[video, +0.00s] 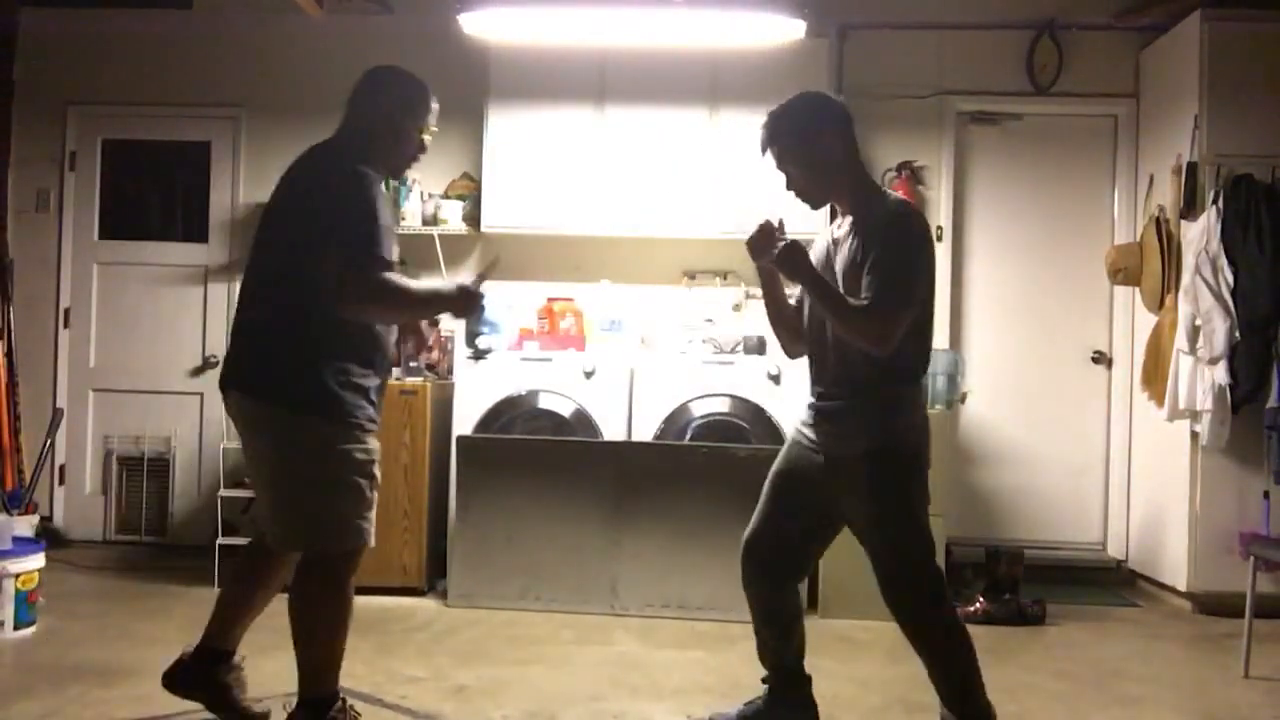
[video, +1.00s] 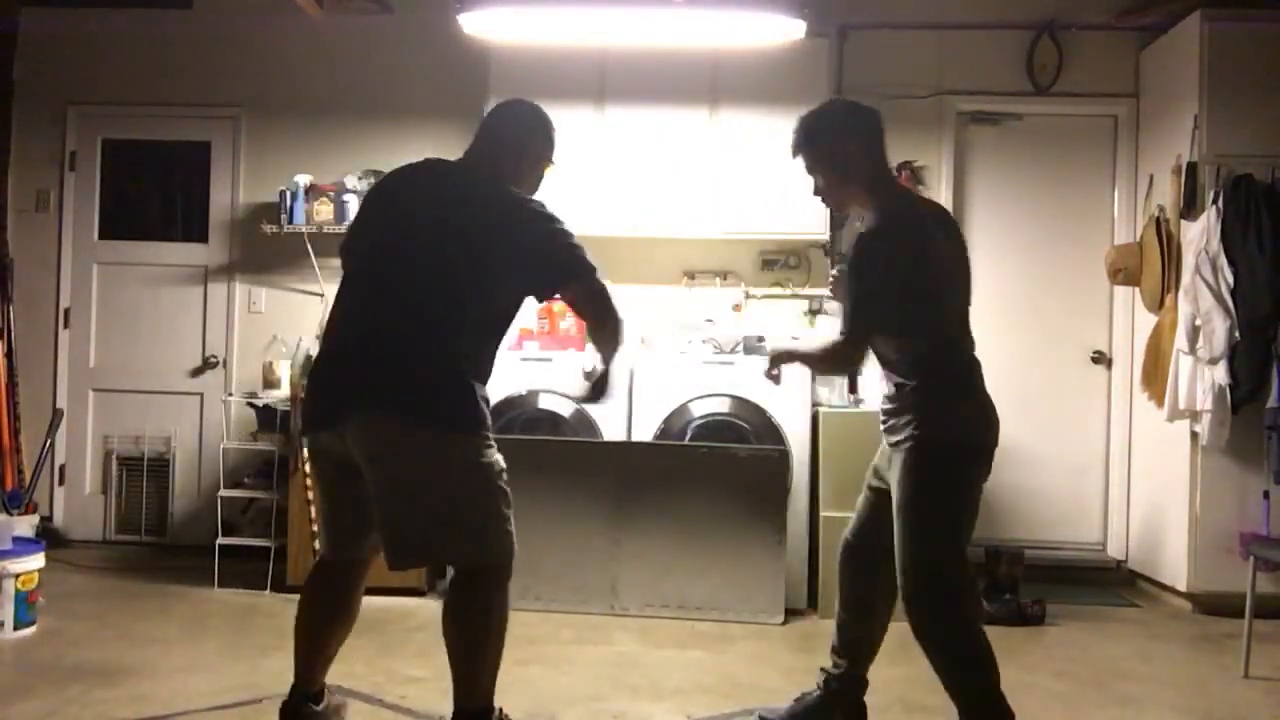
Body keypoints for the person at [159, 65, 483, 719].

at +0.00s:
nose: (424, 146)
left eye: (428, 133)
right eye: (419, 129)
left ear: (364, 117)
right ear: (379, 116)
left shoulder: (316, 169)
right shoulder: (355, 181)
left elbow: (324, 290)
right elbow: (357, 288)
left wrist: (396, 325)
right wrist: (449, 297)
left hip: (267, 384)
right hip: (315, 395)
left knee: (282, 526)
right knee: (336, 544)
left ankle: (209, 660)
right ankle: (319, 704)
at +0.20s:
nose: (446, 152)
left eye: (450, 138)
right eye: (443, 134)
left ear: (380, 117)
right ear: (408, 123)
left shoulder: (322, 169)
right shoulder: (382, 186)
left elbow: (330, 296)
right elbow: (424, 293)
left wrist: (406, 339)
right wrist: (487, 269)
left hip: (270, 383)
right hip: (336, 398)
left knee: (293, 537)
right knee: (353, 548)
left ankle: (247, 671)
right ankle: (323, 704)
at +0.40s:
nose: (442, 148)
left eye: (444, 134)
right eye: (438, 131)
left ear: (376, 116)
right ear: (402, 121)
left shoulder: (320, 174)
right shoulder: (378, 186)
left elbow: (337, 292)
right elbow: (421, 288)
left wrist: (413, 327)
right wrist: (490, 262)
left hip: (274, 385)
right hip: (343, 393)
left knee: (281, 541)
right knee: (394, 533)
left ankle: (243, 690)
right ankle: (330, 697)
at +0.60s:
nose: (467, 163)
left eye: (470, 151)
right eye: (465, 149)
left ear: (403, 130)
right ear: (440, 141)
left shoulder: (335, 180)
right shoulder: (426, 208)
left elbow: (342, 275)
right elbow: (513, 276)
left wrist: (418, 309)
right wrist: (595, 309)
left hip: (280, 389)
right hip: (358, 402)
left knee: (276, 545)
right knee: (415, 548)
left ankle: (241, 692)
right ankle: (441, 701)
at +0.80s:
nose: (522, 177)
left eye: (524, 164)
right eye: (522, 163)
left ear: (460, 142)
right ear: (504, 155)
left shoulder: (374, 189)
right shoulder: (506, 219)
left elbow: (330, 262)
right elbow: (604, 272)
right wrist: (686, 298)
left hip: (311, 400)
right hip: (410, 409)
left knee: (303, 553)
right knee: (461, 564)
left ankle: (258, 687)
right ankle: (472, 710)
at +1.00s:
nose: (540, 178)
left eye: (544, 167)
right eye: (542, 166)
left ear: (478, 139)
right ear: (529, 157)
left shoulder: (396, 183)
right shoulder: (525, 220)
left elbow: (352, 264)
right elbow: (602, 314)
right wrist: (603, 367)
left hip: (333, 393)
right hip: (430, 404)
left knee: (345, 550)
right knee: (484, 557)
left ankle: (305, 694)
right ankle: (474, 711)